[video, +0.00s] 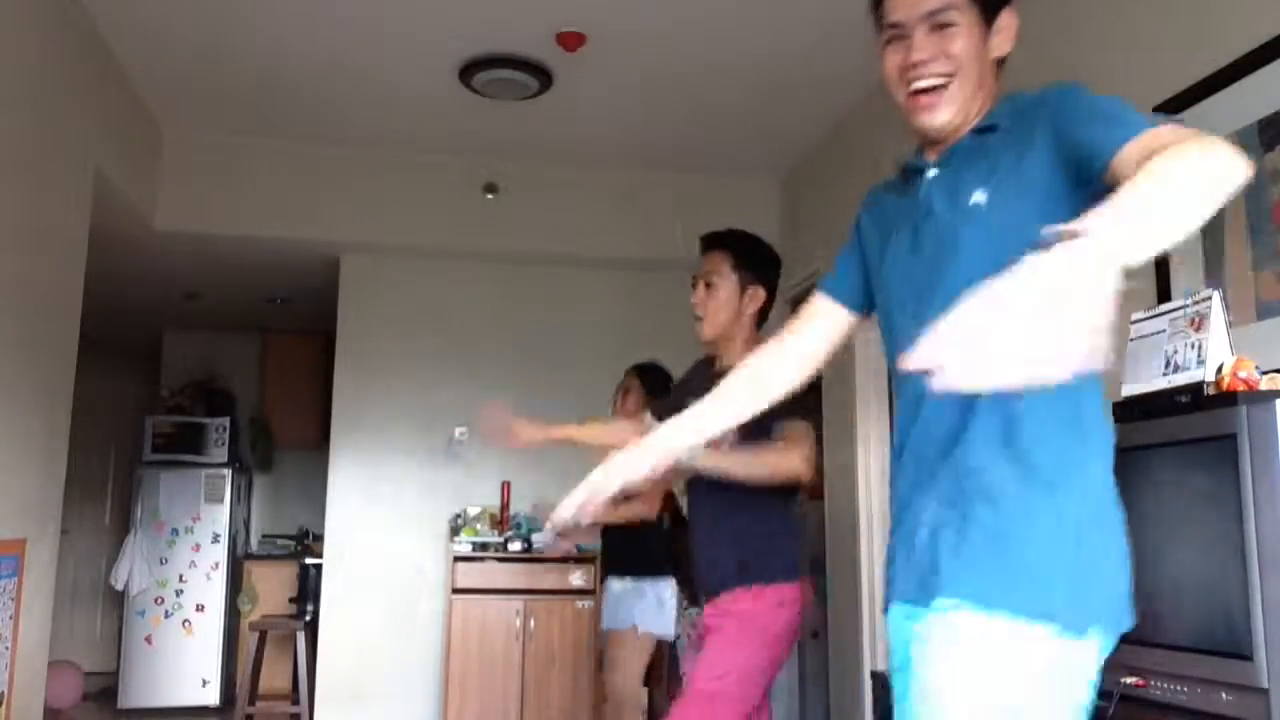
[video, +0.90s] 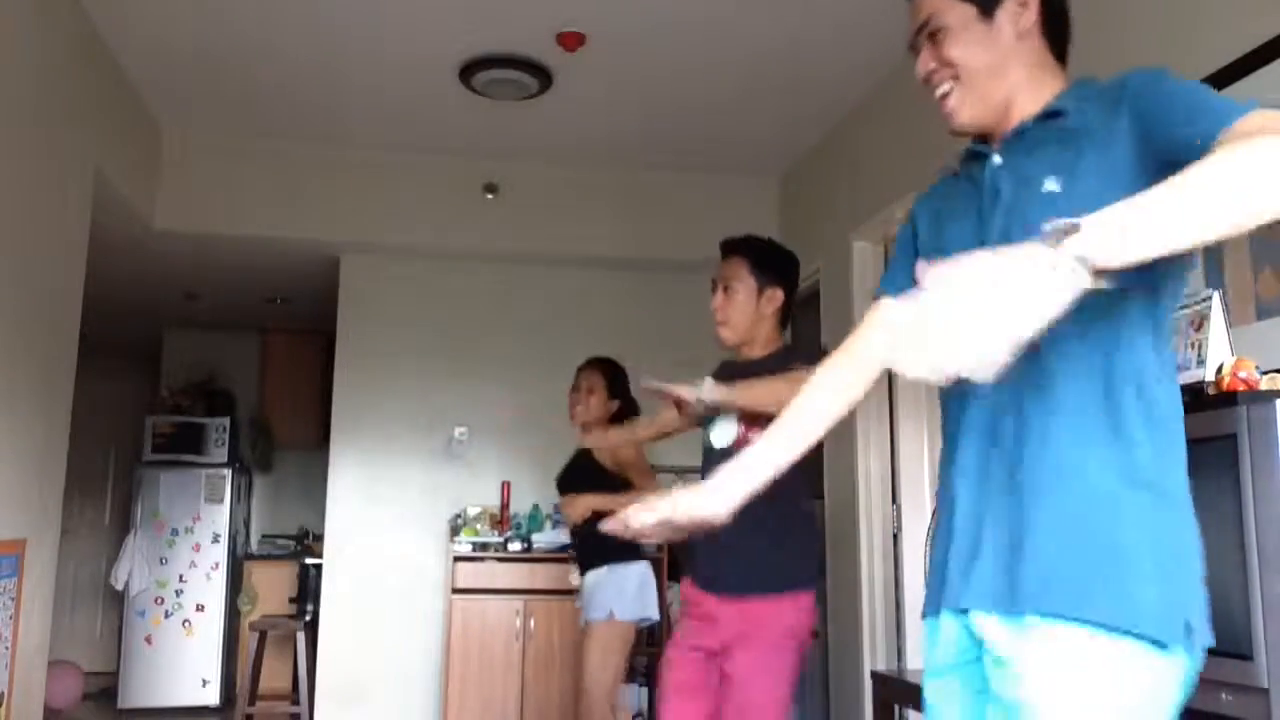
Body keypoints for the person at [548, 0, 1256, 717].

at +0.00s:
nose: (916, 55)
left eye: (942, 26)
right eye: (895, 36)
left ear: (1000, 33)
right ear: (880, 59)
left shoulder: (1055, 119)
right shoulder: (887, 209)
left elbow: (1209, 162)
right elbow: (797, 348)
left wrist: (1078, 261)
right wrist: (653, 451)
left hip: (1031, 568)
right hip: (924, 568)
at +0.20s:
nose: (957, 74)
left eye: (985, 42)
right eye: (936, 54)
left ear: (1047, 52)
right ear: (921, 76)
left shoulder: (1115, 159)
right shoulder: (914, 240)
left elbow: (1258, 226)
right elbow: (807, 370)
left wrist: (1027, 279)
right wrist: (697, 485)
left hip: (1118, 626)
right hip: (953, 629)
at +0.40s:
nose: (956, 59)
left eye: (982, 27)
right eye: (937, 42)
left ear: (1050, 28)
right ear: (926, 64)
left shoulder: (1126, 116)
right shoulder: (938, 220)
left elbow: (1271, 139)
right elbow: (843, 364)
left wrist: (1130, 256)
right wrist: (705, 436)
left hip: (1113, 614)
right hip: (955, 612)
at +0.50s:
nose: (923, 77)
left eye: (943, 45)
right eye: (913, 61)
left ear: (1026, 31)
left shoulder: (1109, 132)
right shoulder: (946, 231)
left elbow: (1238, 164)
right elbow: (895, 361)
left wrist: (1266, 188)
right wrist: (864, 361)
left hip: (1093, 596)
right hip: (948, 596)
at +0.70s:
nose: (887, 123)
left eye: (902, 91)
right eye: (884, 103)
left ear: (982, 69)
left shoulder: (1088, 161)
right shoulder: (947, 260)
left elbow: (1205, 220)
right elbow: (844, 416)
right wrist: (885, 381)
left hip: (1088, 607)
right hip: (969, 606)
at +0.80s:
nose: (903, 92)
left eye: (915, 58)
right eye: (898, 74)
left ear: (995, 32)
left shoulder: (1103, 119)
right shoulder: (938, 222)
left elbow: (1243, 165)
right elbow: (853, 360)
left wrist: (1216, 267)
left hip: (1090, 578)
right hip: (968, 581)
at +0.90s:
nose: (920, 66)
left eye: (936, 34)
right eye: (917, 52)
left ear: (1020, 15)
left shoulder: (1137, 105)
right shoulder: (938, 209)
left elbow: (1270, 148)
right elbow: (859, 355)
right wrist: (724, 490)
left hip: (1107, 588)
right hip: (963, 591)